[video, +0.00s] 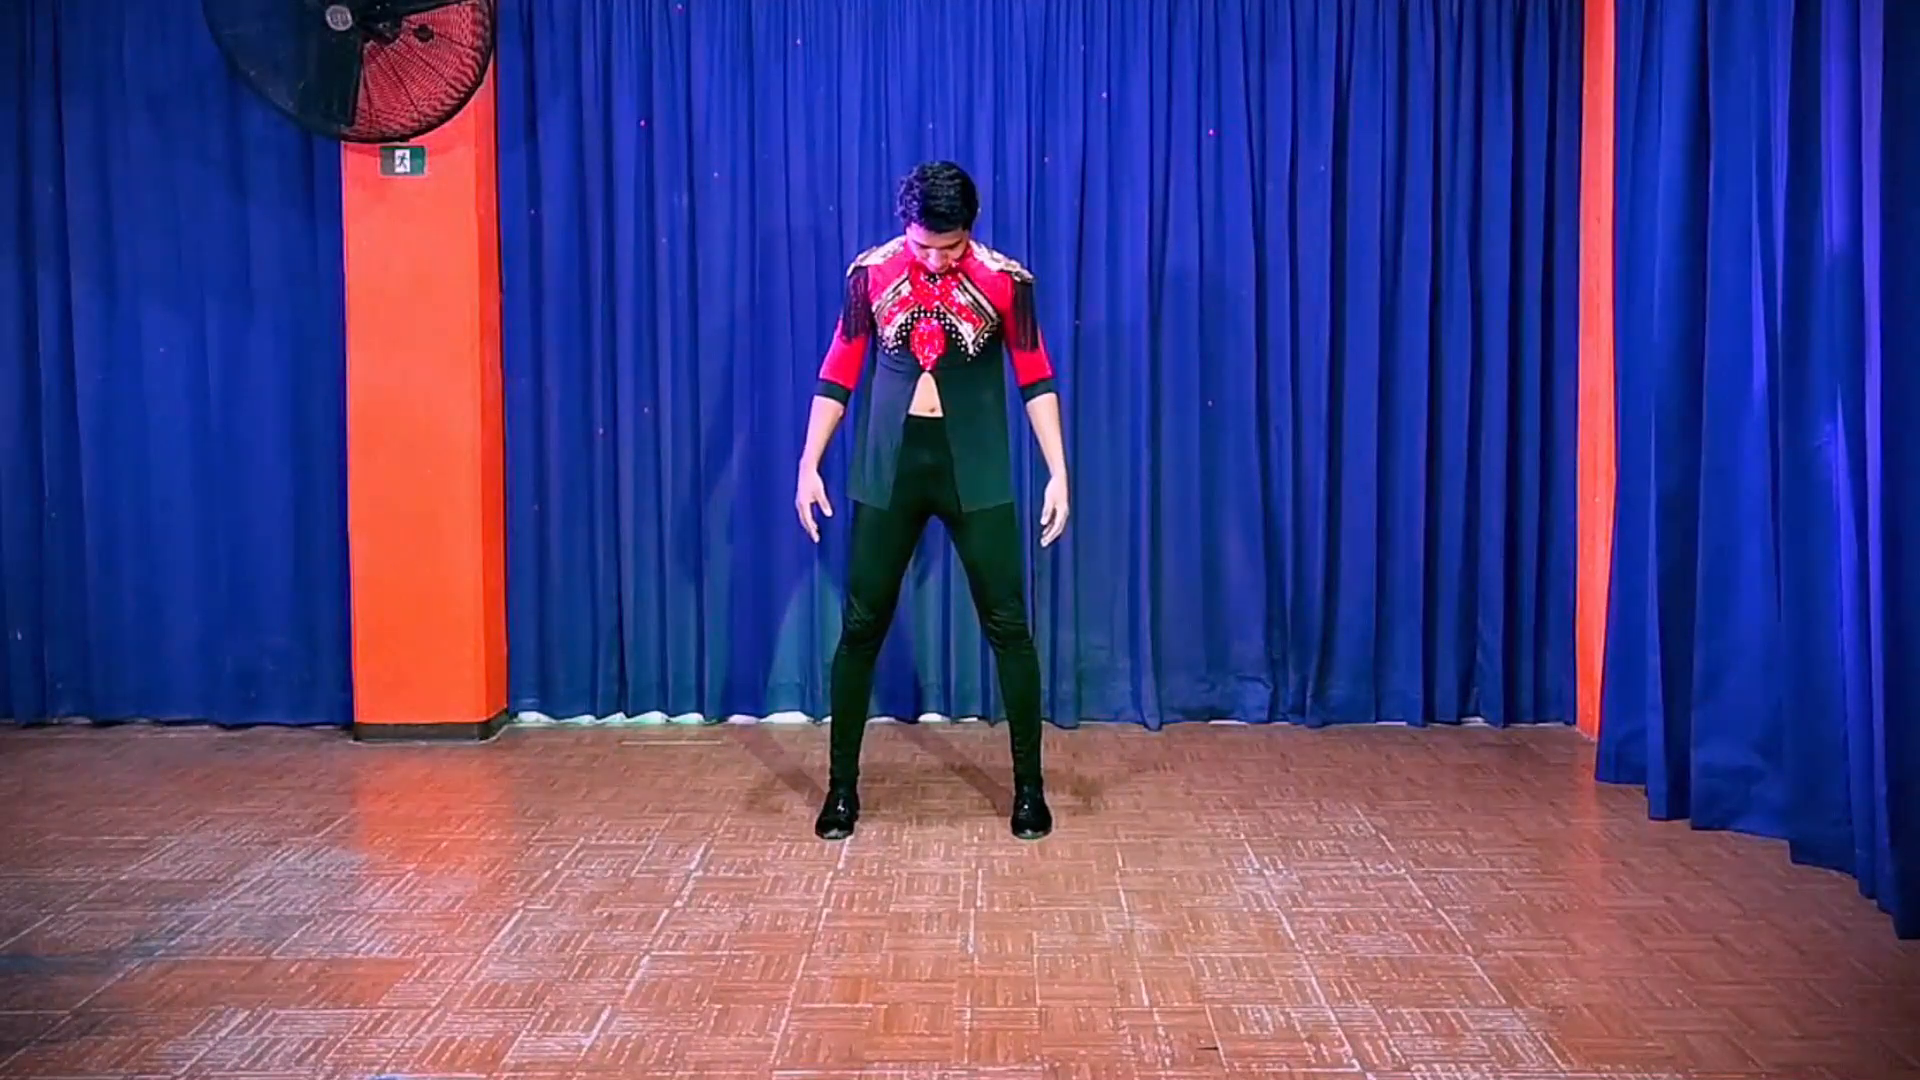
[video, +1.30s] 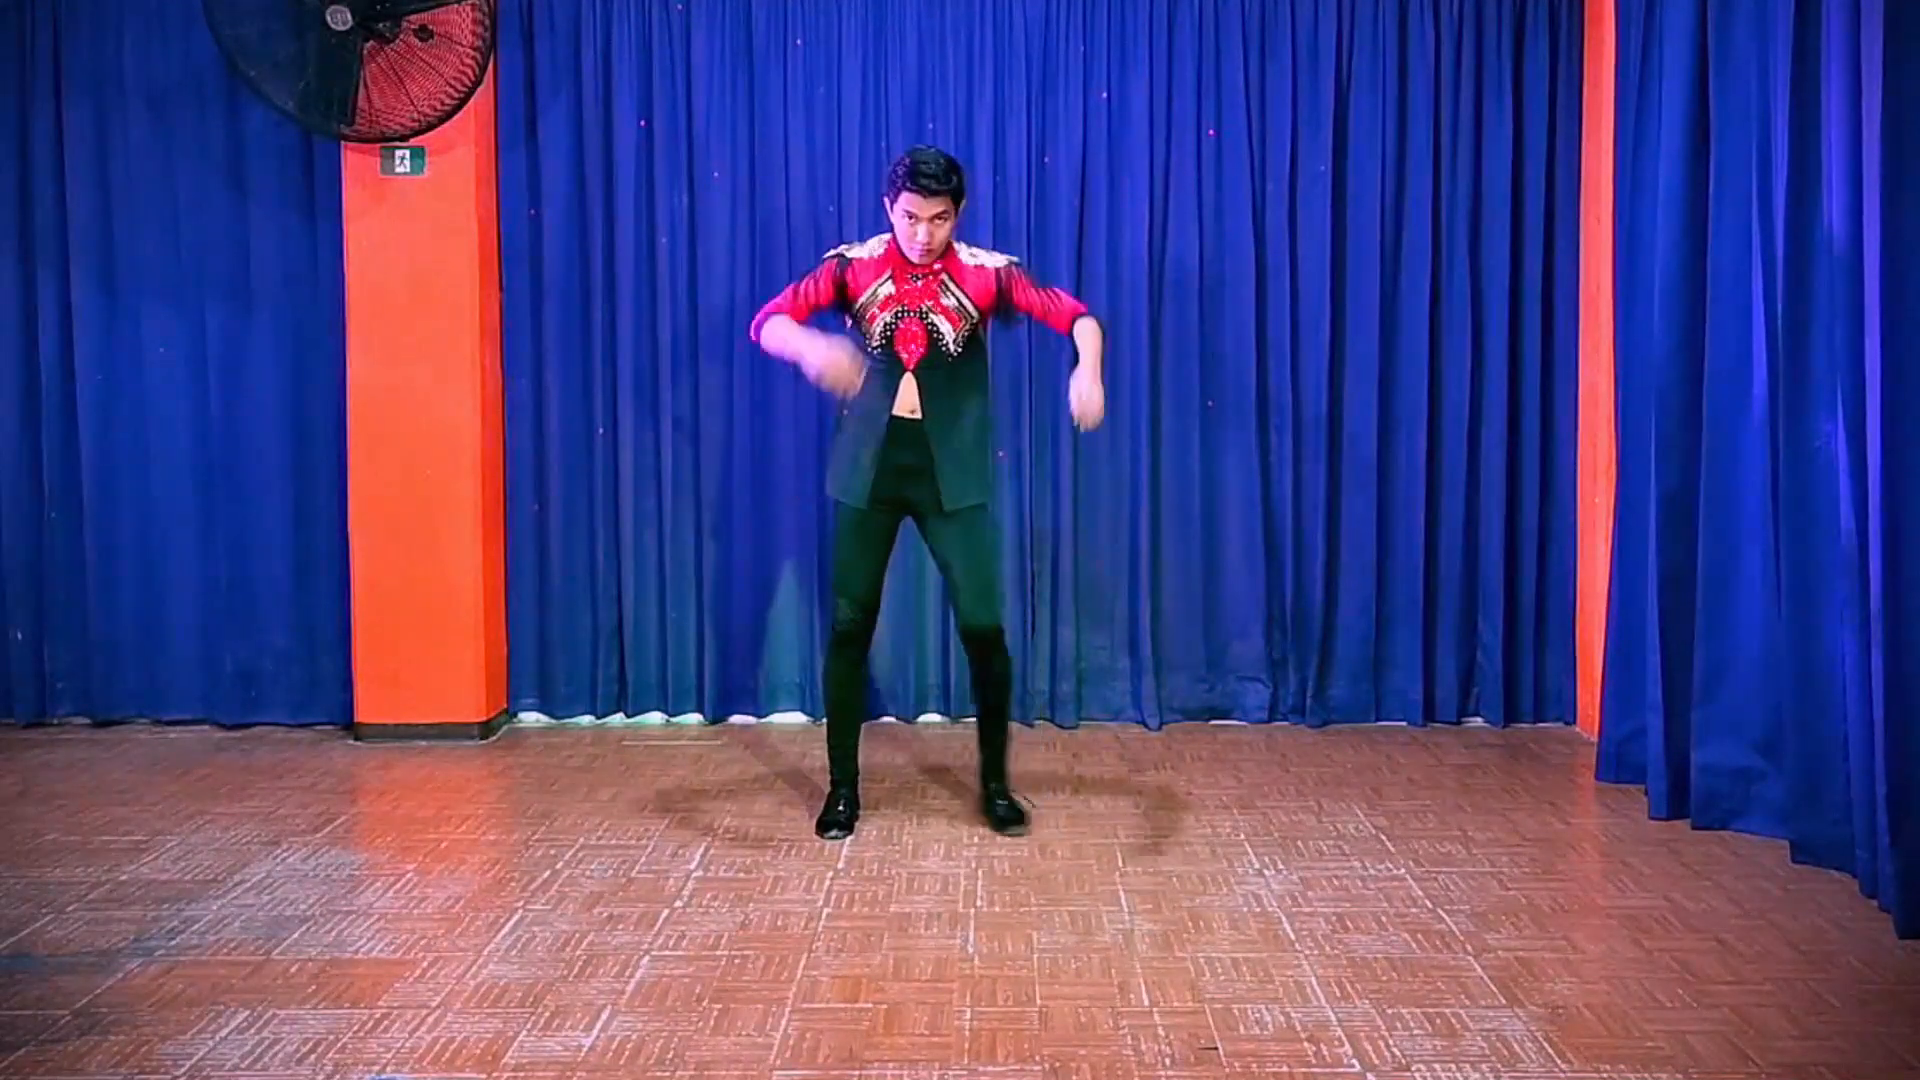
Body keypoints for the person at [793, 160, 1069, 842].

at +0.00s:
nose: (940, 257)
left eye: (953, 245)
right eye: (928, 244)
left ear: (972, 228)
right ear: (907, 226)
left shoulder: (1005, 281)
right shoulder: (872, 275)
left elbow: (1035, 378)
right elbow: (839, 372)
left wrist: (1058, 472)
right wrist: (809, 464)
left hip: (977, 467)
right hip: (890, 466)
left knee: (1007, 623)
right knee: (863, 625)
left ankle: (1028, 784)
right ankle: (842, 786)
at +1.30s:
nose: (922, 233)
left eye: (937, 220)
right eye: (910, 218)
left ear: (956, 215)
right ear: (891, 209)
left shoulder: (986, 274)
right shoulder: (852, 267)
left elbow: (1081, 319)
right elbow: (768, 321)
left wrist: (1088, 372)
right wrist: (813, 349)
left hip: (955, 477)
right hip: (868, 476)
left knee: (984, 630)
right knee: (849, 627)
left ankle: (997, 786)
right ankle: (843, 790)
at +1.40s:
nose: (918, 230)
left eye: (932, 217)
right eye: (907, 215)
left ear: (953, 217)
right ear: (887, 215)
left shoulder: (978, 276)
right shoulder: (860, 275)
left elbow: (1031, 319)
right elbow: (855, 332)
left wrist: (1007, 235)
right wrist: (877, 231)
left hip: (949, 479)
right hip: (869, 475)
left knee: (940, 639)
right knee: (846, 629)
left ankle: (890, 784)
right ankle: (838, 782)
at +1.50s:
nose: (922, 216)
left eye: (932, 202)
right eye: (910, 204)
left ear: (953, 210)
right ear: (890, 214)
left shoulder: (989, 279)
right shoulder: (862, 280)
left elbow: (971, 322)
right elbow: (903, 335)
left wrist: (957, 226)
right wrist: (908, 242)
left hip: (953, 477)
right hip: (876, 473)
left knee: (939, 637)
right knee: (855, 623)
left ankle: (891, 785)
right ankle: (834, 783)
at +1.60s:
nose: (919, 226)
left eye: (933, 212)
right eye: (906, 212)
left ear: (952, 214)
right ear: (887, 213)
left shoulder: (979, 286)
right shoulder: (864, 287)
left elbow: (954, 378)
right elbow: (890, 378)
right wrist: (962, 304)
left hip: (957, 476)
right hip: (886, 473)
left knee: (941, 627)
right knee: (889, 614)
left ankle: (895, 780)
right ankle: (905, 772)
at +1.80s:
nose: (926, 231)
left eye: (940, 217)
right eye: (913, 217)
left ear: (958, 220)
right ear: (892, 219)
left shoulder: (992, 295)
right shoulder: (866, 305)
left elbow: (1042, 395)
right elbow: (842, 418)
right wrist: (837, 513)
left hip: (984, 480)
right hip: (913, 485)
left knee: (969, 640)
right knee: (973, 636)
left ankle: (891, 783)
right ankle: (1037, 777)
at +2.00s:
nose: (941, 237)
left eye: (953, 223)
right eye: (926, 225)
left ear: (970, 226)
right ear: (904, 229)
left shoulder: (990, 292)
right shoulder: (891, 305)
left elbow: (1067, 339)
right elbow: (832, 397)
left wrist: (1155, 372)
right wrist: (780, 481)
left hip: (987, 482)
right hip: (936, 487)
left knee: (974, 648)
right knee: (1025, 633)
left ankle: (873, 786)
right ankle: (1032, 783)